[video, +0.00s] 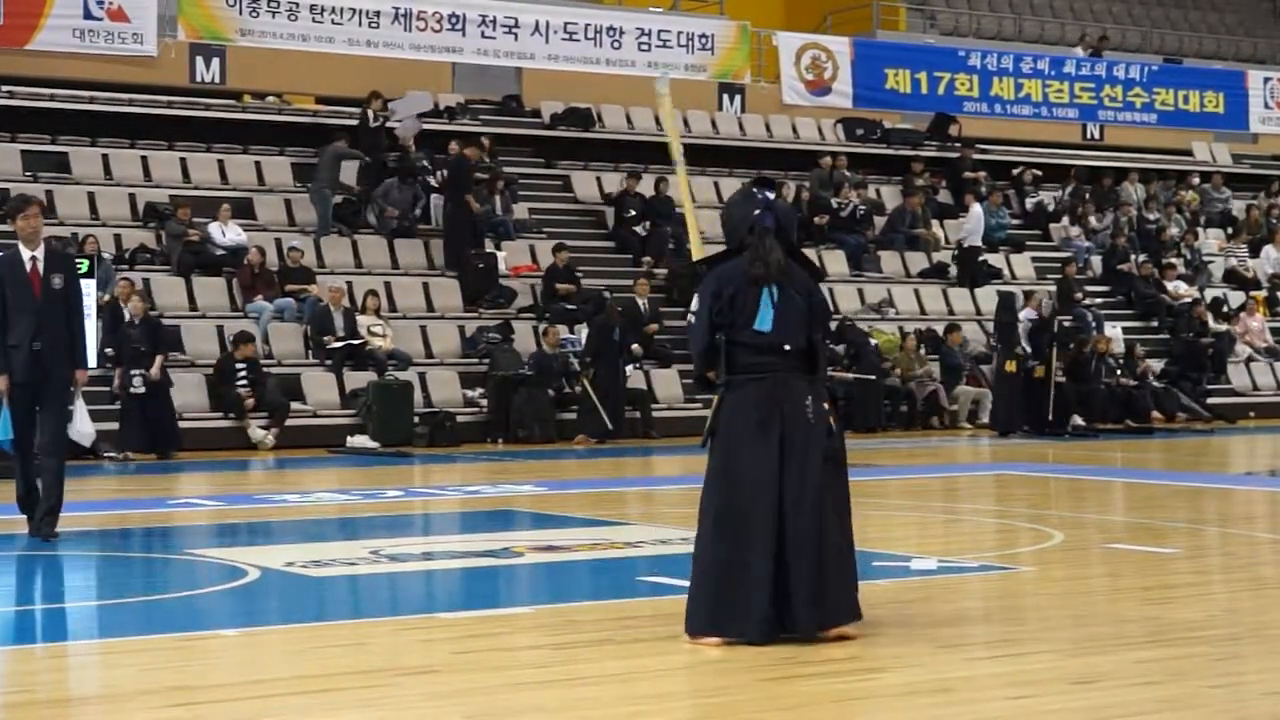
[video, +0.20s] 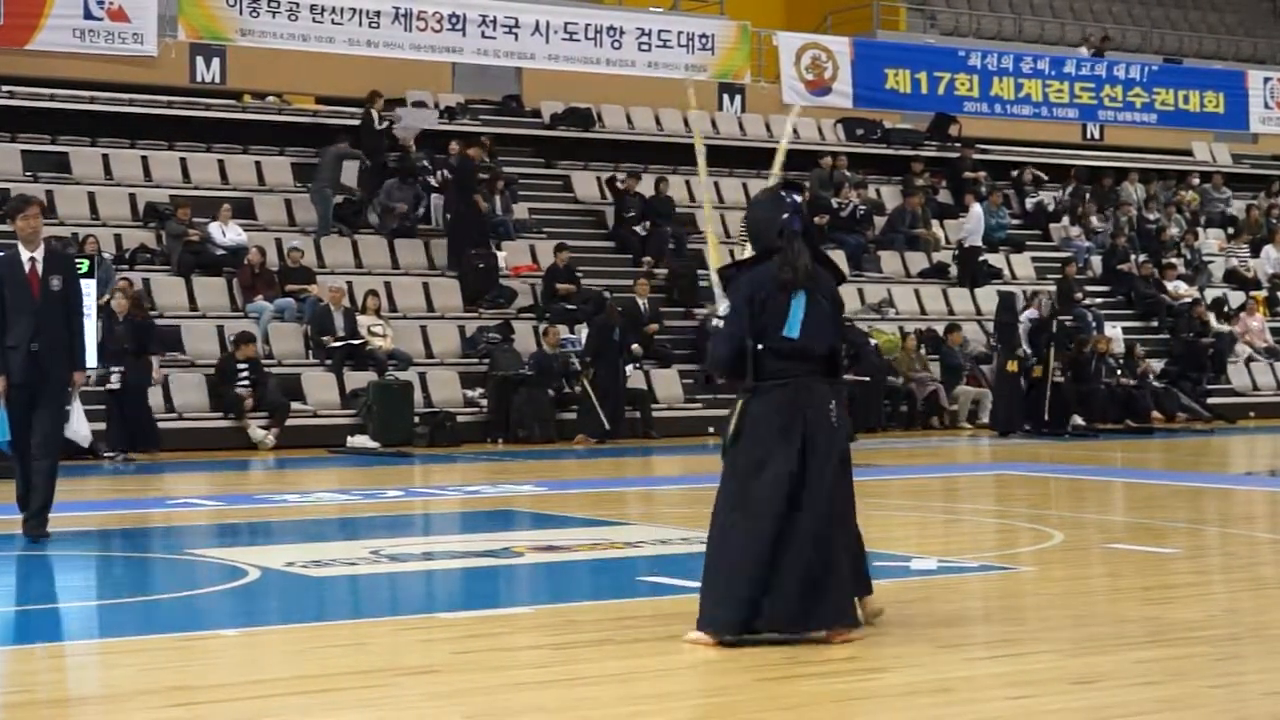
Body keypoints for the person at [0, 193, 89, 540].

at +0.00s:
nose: (33, 222)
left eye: (36, 216)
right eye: (25, 218)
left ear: (44, 219)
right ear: (13, 224)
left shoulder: (63, 259)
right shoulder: (4, 263)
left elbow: (75, 315)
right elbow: (1, 320)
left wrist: (80, 364)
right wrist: (1, 370)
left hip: (56, 364)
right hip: (16, 366)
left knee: (52, 443)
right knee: (23, 443)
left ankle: (46, 520)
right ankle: (31, 509)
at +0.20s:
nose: (32, 223)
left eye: (37, 217)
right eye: (25, 218)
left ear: (44, 220)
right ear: (13, 224)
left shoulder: (62, 259)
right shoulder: (4, 264)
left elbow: (74, 316)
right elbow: (1, 320)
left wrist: (79, 364)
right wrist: (0, 370)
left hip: (54, 364)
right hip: (15, 366)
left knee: (47, 441)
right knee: (21, 441)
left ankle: (37, 519)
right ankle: (28, 505)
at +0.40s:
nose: (31, 223)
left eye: (35, 216)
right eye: (24, 217)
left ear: (43, 220)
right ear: (11, 223)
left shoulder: (61, 258)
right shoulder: (4, 263)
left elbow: (73, 315)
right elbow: (2, 316)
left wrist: (77, 364)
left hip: (51, 364)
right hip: (12, 366)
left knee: (45, 441)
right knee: (19, 441)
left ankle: (35, 519)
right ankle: (29, 509)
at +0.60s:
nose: (28, 219)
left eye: (33, 213)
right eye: (21, 214)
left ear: (40, 217)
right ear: (9, 221)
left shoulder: (60, 258)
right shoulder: (3, 261)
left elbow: (71, 315)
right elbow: (2, 313)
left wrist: (74, 363)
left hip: (50, 363)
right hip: (11, 365)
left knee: (46, 441)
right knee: (17, 440)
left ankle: (36, 519)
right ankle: (30, 510)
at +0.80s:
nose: (26, 218)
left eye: (30, 212)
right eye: (19, 214)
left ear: (38, 217)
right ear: (8, 221)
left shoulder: (58, 258)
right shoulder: (2, 259)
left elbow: (70, 314)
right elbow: (2, 311)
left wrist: (73, 362)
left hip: (49, 364)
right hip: (9, 365)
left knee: (45, 445)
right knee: (7, 446)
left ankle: (35, 523)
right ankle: (16, 516)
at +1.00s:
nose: (23, 216)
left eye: (28, 211)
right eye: (16, 212)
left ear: (35, 216)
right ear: (4, 219)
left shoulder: (54, 257)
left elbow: (67, 313)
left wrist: (72, 362)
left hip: (46, 364)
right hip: (6, 365)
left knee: (44, 446)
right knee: (3, 445)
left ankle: (34, 525)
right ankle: (1, 513)